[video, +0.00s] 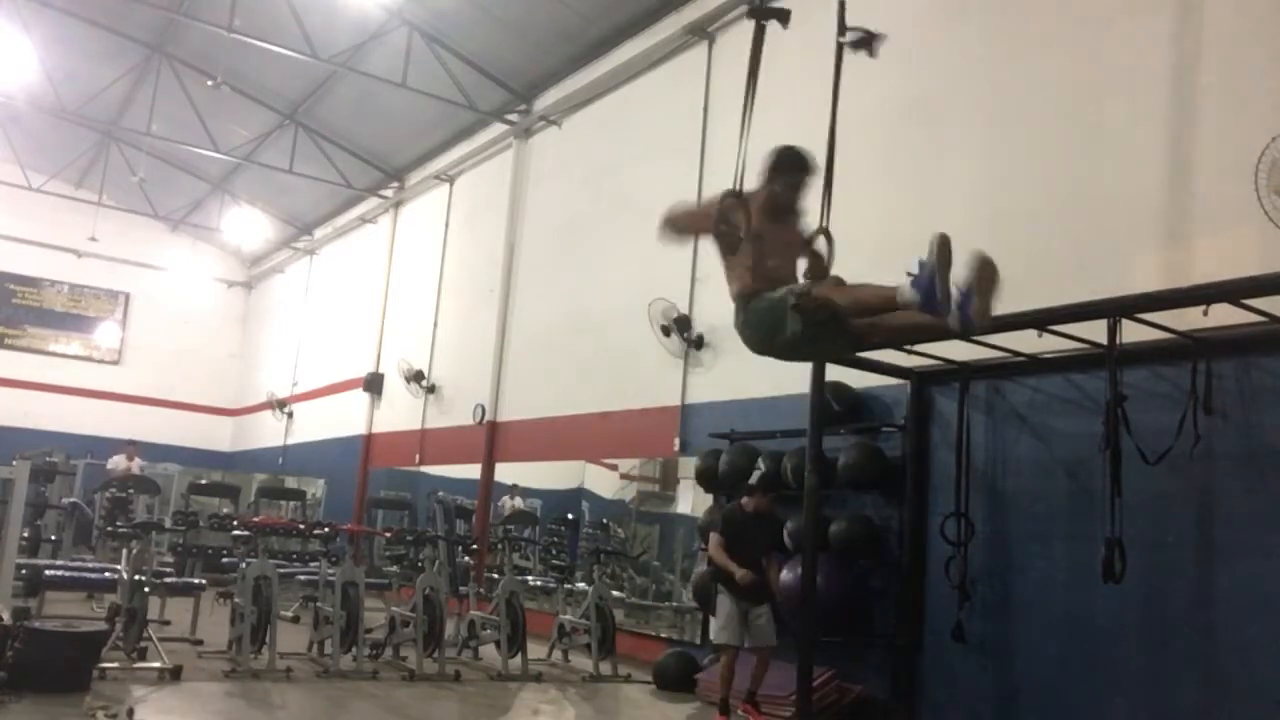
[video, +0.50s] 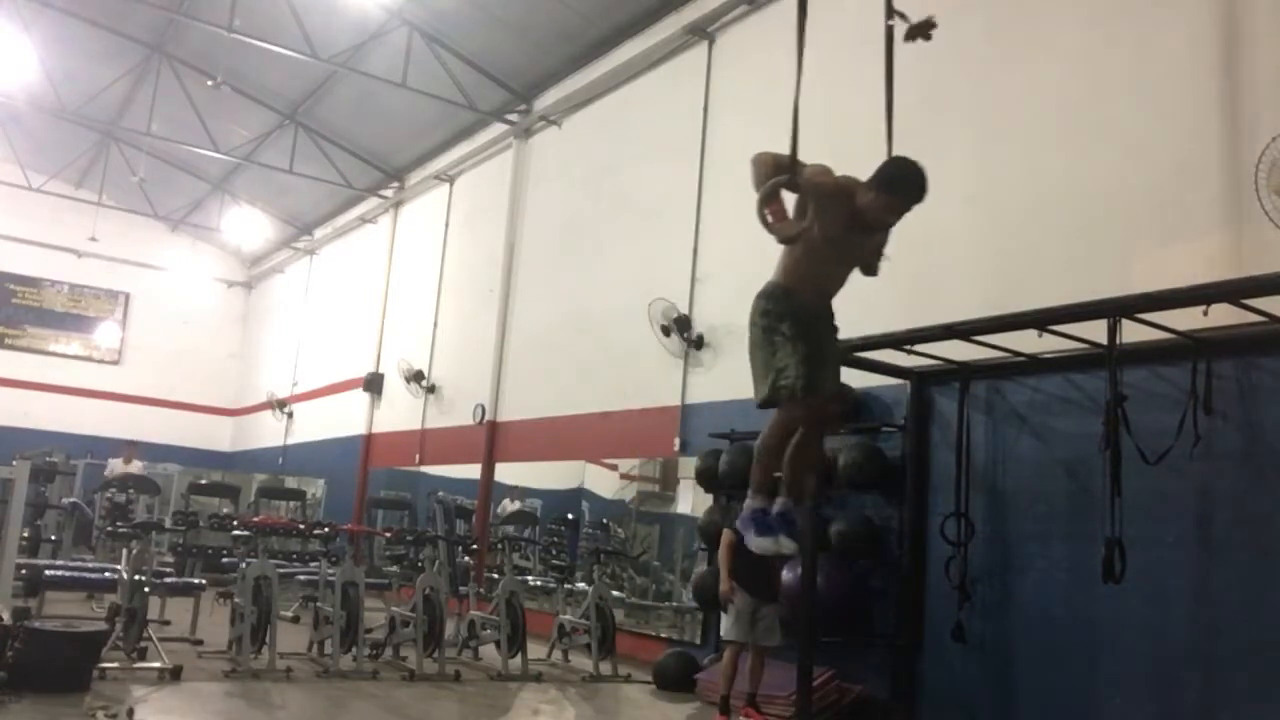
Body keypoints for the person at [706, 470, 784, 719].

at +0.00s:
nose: (767, 504)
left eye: (769, 499)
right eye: (764, 498)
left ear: (771, 498)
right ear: (752, 494)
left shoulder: (772, 522)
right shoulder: (728, 515)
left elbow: (772, 562)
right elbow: (713, 549)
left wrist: (776, 593)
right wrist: (736, 570)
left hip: (759, 591)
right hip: (729, 590)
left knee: (765, 649)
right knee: (729, 650)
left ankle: (750, 700)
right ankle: (724, 705)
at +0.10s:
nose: (767, 503)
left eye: (769, 499)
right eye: (764, 498)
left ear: (771, 498)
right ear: (753, 494)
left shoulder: (771, 521)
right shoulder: (730, 514)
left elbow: (772, 559)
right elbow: (717, 548)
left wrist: (775, 588)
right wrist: (743, 569)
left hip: (760, 591)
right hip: (731, 589)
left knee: (761, 650)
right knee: (731, 649)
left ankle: (750, 702)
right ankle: (724, 705)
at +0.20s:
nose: (773, 503)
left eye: (774, 498)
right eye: (770, 497)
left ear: (774, 497)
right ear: (759, 493)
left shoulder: (773, 521)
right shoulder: (733, 512)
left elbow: (772, 557)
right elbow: (720, 548)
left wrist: (774, 584)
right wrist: (743, 574)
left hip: (762, 589)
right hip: (735, 588)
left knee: (760, 648)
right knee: (732, 647)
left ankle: (750, 703)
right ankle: (724, 706)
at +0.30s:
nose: (777, 504)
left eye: (779, 500)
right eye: (775, 498)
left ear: (776, 498)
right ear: (765, 493)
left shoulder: (775, 522)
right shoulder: (738, 512)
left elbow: (775, 558)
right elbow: (724, 548)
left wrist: (774, 589)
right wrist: (736, 579)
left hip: (764, 591)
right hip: (740, 589)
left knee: (759, 649)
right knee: (733, 647)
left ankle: (751, 703)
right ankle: (724, 705)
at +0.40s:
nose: (776, 498)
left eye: (780, 494)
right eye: (772, 492)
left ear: (784, 497)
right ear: (763, 491)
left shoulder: (779, 518)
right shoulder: (742, 512)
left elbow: (781, 554)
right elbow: (725, 546)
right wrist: (729, 581)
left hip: (767, 591)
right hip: (740, 587)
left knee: (759, 650)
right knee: (733, 647)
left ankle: (750, 703)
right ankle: (724, 706)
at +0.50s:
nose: (762, 502)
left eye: (767, 496)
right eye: (758, 496)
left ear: (773, 499)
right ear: (750, 497)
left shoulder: (779, 522)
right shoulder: (743, 516)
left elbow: (785, 556)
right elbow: (725, 545)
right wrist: (724, 580)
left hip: (768, 592)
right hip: (740, 589)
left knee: (759, 650)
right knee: (734, 646)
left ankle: (751, 703)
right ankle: (724, 706)